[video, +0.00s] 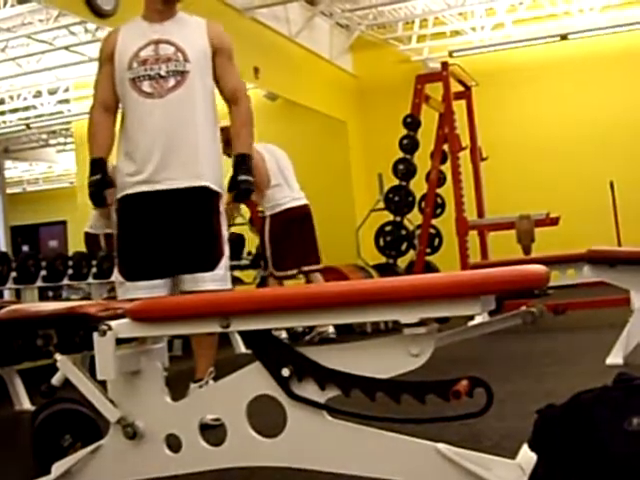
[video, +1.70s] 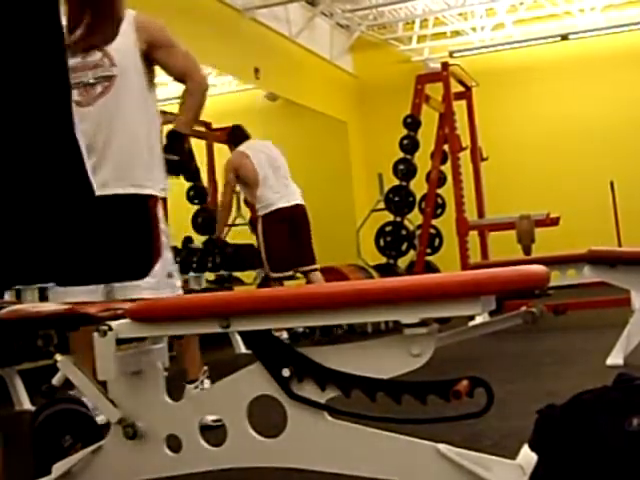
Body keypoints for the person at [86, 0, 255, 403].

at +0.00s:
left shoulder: (210, 34)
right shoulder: (116, 40)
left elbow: (238, 101)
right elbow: (104, 108)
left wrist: (242, 165)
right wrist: (98, 169)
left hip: (197, 180)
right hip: (138, 185)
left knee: (205, 292)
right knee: (142, 299)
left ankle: (204, 383)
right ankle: (147, 387)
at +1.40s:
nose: (92, 10)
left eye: (96, 4)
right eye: (89, 8)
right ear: (98, 2)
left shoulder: (182, 26)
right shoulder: (93, 41)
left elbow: (240, 73)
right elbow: (83, 112)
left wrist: (211, 128)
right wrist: (71, 175)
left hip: (174, 187)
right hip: (113, 191)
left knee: (191, 302)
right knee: (99, 308)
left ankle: (202, 391)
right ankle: (96, 400)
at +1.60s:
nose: (83, 7)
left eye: (93, 2)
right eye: (81, 2)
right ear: (76, 1)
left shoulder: (150, 26)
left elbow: (211, 78)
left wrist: (190, 129)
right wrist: (190, 129)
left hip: (146, 186)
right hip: (86, 191)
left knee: (174, 296)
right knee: (86, 308)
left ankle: (199, 386)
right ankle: (90, 399)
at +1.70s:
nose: (73, 9)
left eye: (78, 4)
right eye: (73, 5)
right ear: (74, 5)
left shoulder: (138, 28)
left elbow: (196, 79)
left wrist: (179, 134)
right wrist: (180, 132)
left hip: (134, 184)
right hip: (82, 189)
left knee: (161, 296)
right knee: (77, 306)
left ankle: (195, 382)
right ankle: (86, 397)